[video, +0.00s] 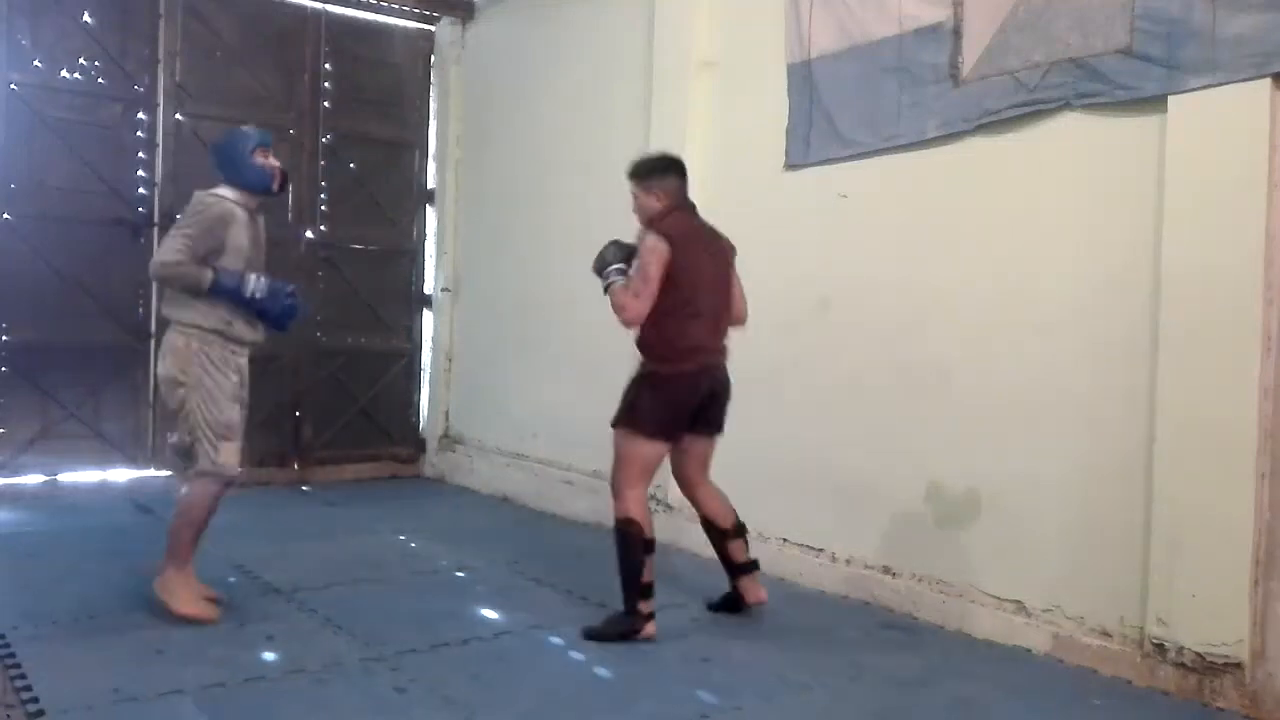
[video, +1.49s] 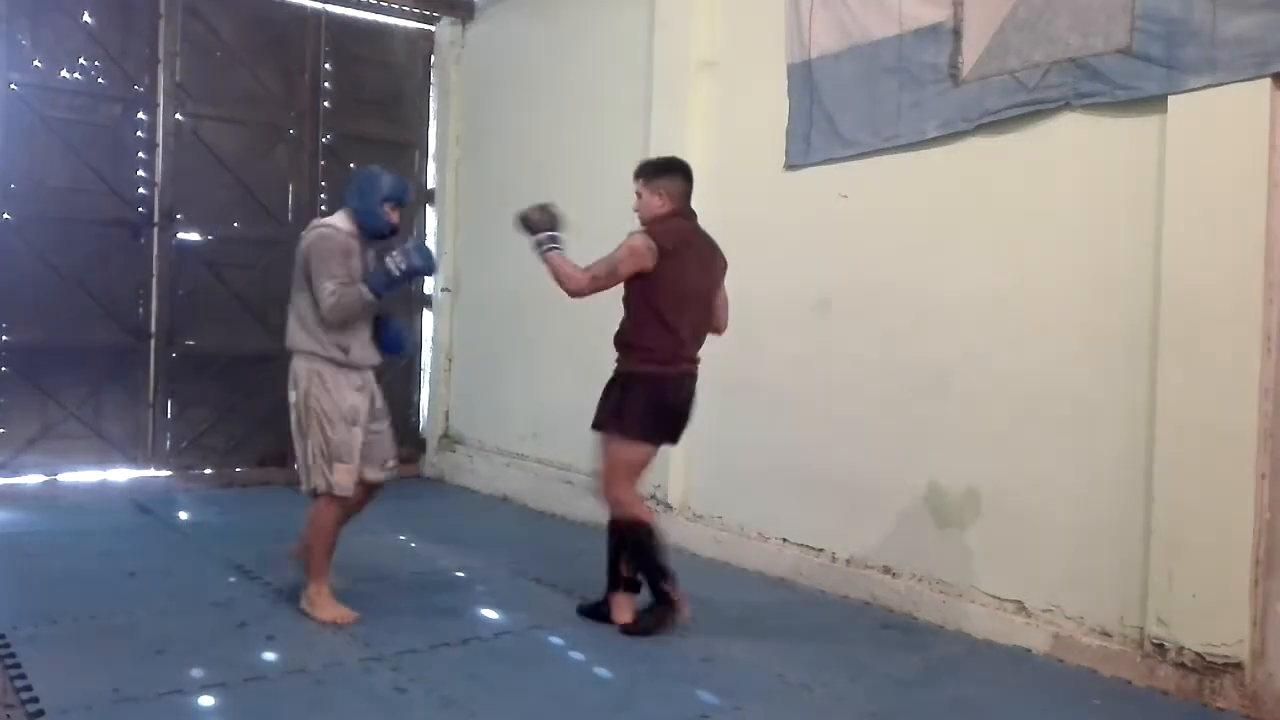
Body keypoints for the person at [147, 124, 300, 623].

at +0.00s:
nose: (276, 163)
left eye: (273, 154)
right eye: (264, 155)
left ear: (255, 163)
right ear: (240, 162)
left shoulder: (251, 218)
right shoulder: (216, 206)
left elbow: (235, 282)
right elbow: (165, 262)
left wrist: (268, 304)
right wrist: (238, 284)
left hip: (228, 349)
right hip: (199, 346)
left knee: (220, 467)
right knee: (215, 466)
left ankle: (181, 571)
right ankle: (173, 575)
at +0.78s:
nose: (313, 171)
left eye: (313, 163)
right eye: (304, 162)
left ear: (286, 168)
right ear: (277, 163)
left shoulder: (276, 215)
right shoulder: (251, 203)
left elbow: (263, 298)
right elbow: (232, 268)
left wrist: (300, 294)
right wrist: (292, 271)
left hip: (260, 351)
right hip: (233, 350)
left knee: (254, 471)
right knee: (236, 474)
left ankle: (218, 565)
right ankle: (189, 582)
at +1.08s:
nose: (336, 215)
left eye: (339, 206)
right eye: (330, 203)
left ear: (306, 203)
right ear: (304, 200)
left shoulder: (288, 246)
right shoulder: (269, 241)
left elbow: (270, 319)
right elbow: (246, 312)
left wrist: (318, 342)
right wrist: (309, 314)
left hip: (271, 379)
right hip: (263, 380)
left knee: (260, 482)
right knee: (309, 480)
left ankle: (204, 572)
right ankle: (239, 578)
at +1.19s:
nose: (355, 208)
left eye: (357, 199)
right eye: (350, 196)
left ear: (332, 196)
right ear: (325, 193)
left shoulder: (314, 240)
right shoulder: (283, 226)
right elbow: (250, 289)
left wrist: (342, 304)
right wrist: (317, 286)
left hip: (297, 363)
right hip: (278, 364)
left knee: (265, 473)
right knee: (319, 474)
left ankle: (207, 567)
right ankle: (298, 583)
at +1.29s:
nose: (367, 214)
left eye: (369, 206)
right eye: (361, 203)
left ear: (352, 204)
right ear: (336, 199)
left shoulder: (328, 241)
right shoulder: (298, 227)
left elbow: (313, 313)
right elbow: (285, 291)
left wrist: (351, 333)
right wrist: (344, 259)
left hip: (311, 372)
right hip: (299, 373)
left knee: (281, 478)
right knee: (338, 482)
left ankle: (216, 563)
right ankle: (318, 591)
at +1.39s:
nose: (379, 225)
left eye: (383, 217)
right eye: (374, 213)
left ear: (362, 215)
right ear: (352, 208)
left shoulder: (338, 252)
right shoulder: (309, 246)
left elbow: (335, 322)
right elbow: (327, 309)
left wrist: (371, 344)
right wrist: (373, 271)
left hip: (334, 381)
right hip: (314, 382)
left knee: (323, 491)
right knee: (341, 488)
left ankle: (254, 548)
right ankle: (320, 594)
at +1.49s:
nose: (398, 219)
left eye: (401, 209)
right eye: (393, 207)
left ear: (385, 206)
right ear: (369, 203)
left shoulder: (366, 245)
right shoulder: (330, 238)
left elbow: (357, 305)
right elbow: (333, 307)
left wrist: (383, 332)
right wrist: (386, 278)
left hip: (359, 373)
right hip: (324, 373)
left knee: (373, 476)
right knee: (336, 485)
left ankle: (309, 544)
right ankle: (318, 591)